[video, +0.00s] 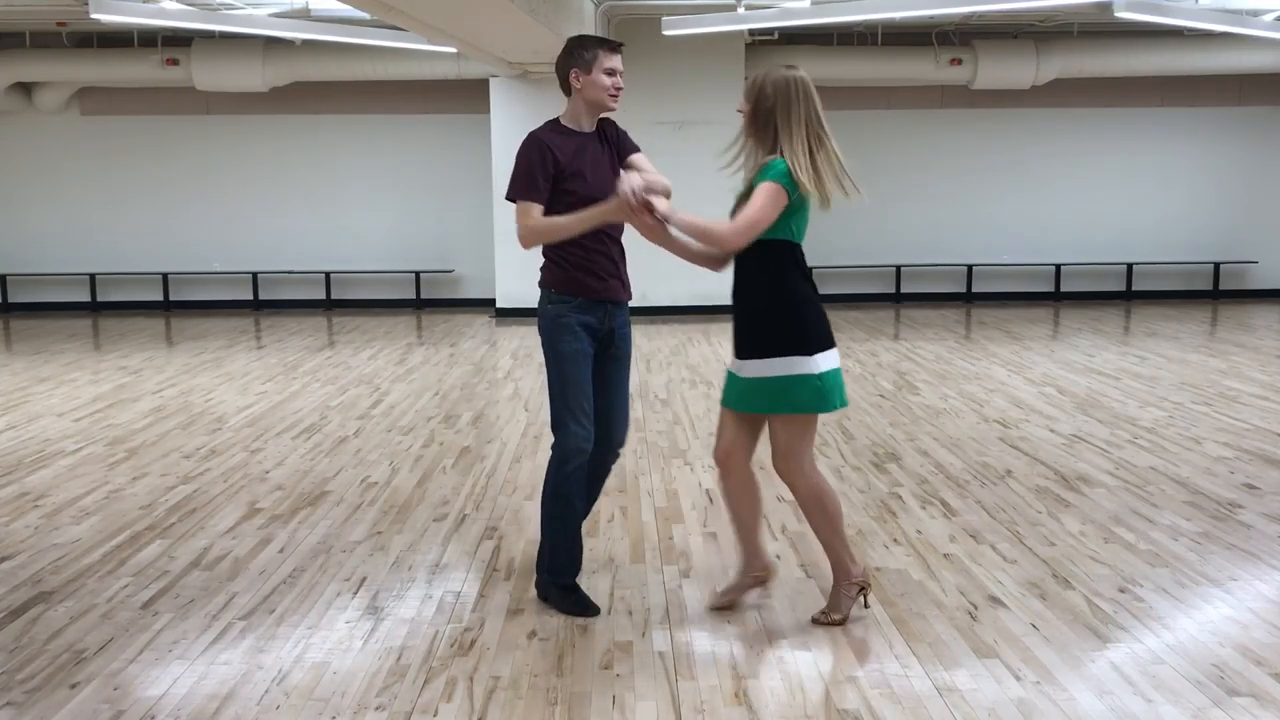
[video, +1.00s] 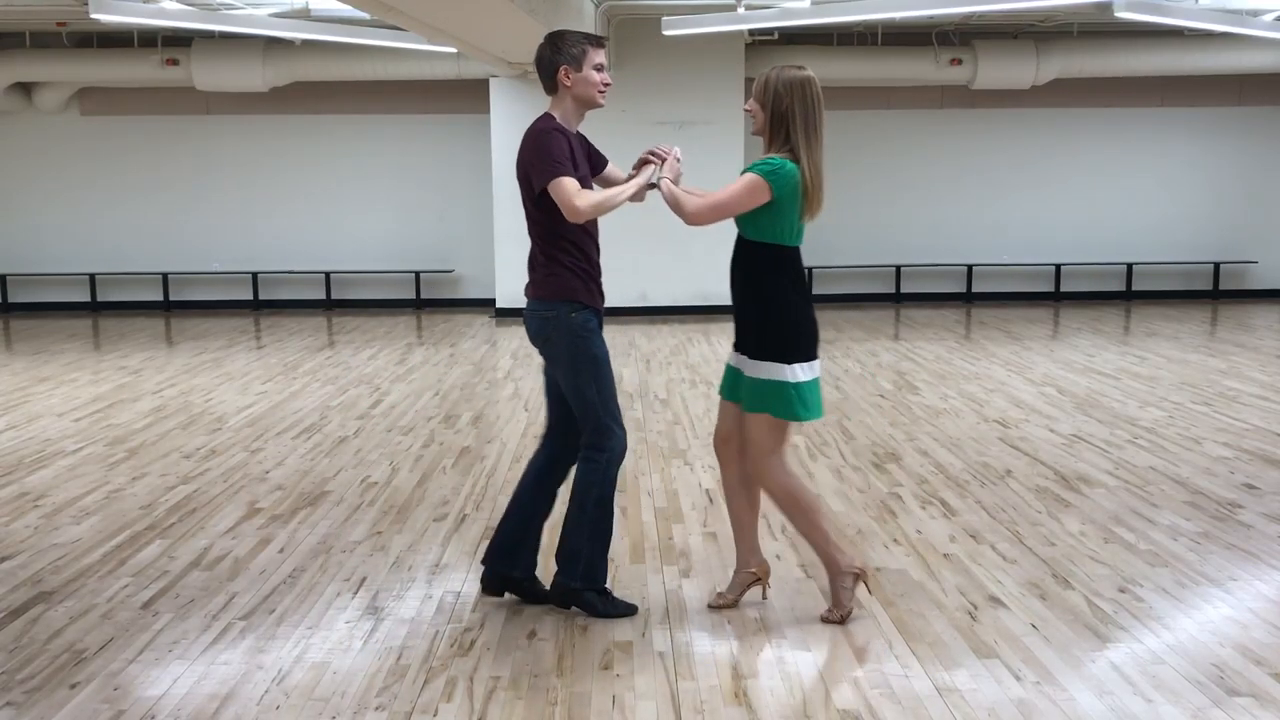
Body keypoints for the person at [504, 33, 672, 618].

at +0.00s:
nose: (620, 83)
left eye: (621, 75)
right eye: (610, 74)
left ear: (602, 82)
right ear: (576, 78)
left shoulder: (614, 138)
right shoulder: (540, 145)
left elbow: (662, 187)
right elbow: (529, 232)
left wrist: (645, 186)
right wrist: (609, 211)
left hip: (613, 310)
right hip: (566, 310)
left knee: (608, 440)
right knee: (575, 441)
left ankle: (557, 538)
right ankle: (555, 580)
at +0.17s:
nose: (626, 85)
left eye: (626, 75)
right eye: (617, 75)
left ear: (601, 84)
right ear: (582, 82)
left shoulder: (608, 144)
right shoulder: (560, 150)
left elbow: (656, 194)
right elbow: (575, 247)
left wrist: (679, 220)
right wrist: (660, 249)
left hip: (613, 316)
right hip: (571, 317)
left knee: (649, 433)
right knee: (588, 445)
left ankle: (597, 544)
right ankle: (554, 575)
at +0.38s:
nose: (637, 78)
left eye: (636, 69)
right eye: (628, 68)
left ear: (606, 78)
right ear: (593, 76)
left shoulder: (608, 141)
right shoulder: (582, 143)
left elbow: (661, 194)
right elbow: (616, 243)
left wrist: (701, 212)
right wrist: (689, 244)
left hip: (623, 313)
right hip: (594, 313)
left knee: (655, 437)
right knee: (614, 441)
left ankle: (654, 572)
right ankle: (558, 568)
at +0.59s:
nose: (642, 77)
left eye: (640, 67)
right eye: (632, 67)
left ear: (608, 78)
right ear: (599, 75)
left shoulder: (607, 141)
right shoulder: (589, 140)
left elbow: (657, 199)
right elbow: (608, 243)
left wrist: (692, 203)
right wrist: (680, 238)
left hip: (622, 312)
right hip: (602, 313)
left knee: (656, 439)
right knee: (628, 445)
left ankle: (653, 572)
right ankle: (576, 581)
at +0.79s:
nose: (629, 78)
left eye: (628, 68)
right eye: (620, 68)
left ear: (596, 77)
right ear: (587, 74)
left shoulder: (590, 139)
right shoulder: (571, 136)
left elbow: (630, 199)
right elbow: (581, 227)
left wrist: (666, 186)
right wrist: (654, 207)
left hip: (602, 312)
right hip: (585, 314)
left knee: (636, 432)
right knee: (616, 441)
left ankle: (598, 567)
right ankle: (576, 584)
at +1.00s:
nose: (608, 79)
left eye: (607, 70)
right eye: (598, 70)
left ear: (575, 79)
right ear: (565, 76)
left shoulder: (575, 139)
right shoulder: (545, 136)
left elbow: (623, 186)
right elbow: (578, 206)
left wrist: (648, 173)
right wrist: (634, 186)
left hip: (572, 311)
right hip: (563, 312)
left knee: (564, 441)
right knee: (605, 443)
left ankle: (507, 565)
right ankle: (579, 581)